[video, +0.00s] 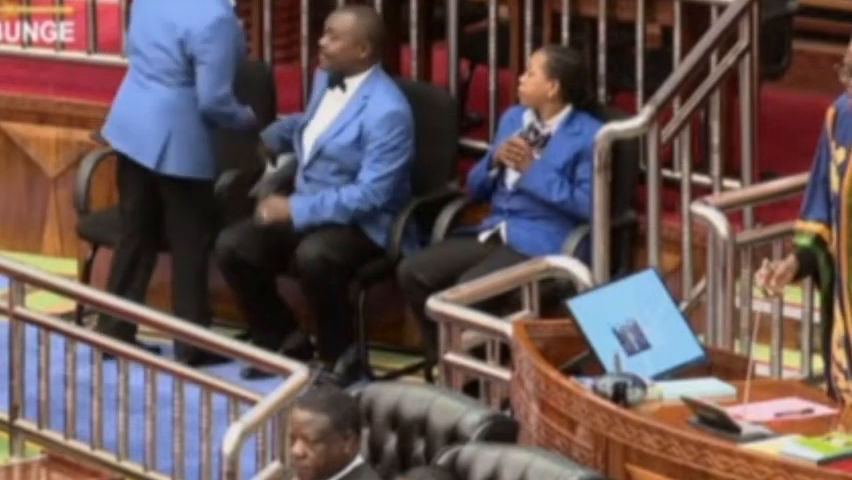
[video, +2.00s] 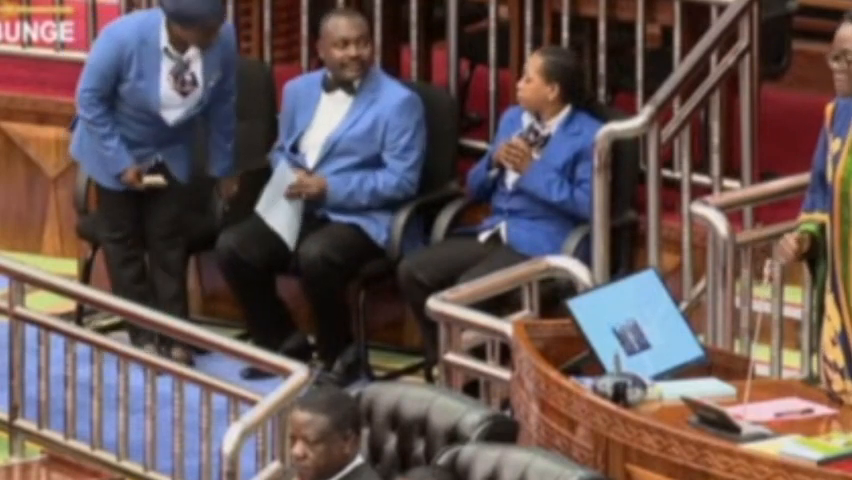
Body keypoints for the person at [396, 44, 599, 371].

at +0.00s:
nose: (520, 79)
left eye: (529, 74)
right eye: (524, 72)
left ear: (552, 87)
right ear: (550, 87)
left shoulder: (590, 135)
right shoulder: (513, 119)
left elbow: (590, 207)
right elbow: (475, 189)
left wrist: (530, 171)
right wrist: (495, 163)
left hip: (539, 250)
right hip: (494, 237)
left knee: (462, 297)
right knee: (414, 271)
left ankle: (483, 380)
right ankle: (448, 365)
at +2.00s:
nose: (519, 86)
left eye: (527, 80)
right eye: (521, 78)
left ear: (553, 91)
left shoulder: (589, 136)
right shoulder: (512, 120)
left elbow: (590, 207)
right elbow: (475, 190)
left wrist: (530, 172)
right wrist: (494, 165)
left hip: (539, 250)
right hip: (495, 235)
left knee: (463, 296)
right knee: (414, 271)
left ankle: (484, 380)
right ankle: (446, 366)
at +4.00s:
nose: (553, 88)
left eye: (562, 80)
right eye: (544, 79)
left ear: (576, 85)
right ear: (530, 84)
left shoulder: (590, 135)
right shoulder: (512, 119)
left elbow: (589, 207)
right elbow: (474, 189)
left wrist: (530, 170)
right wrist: (495, 163)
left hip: (539, 250)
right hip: (494, 238)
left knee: (460, 299)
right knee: (414, 271)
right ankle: (444, 365)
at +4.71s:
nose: (523, 91)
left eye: (532, 83)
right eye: (522, 81)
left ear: (561, 90)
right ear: (519, 83)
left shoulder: (590, 135)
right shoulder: (512, 119)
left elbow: (589, 206)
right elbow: (475, 190)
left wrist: (529, 171)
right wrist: (494, 164)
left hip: (539, 250)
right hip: (495, 237)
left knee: (462, 297)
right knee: (414, 271)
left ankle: (485, 379)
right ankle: (447, 364)